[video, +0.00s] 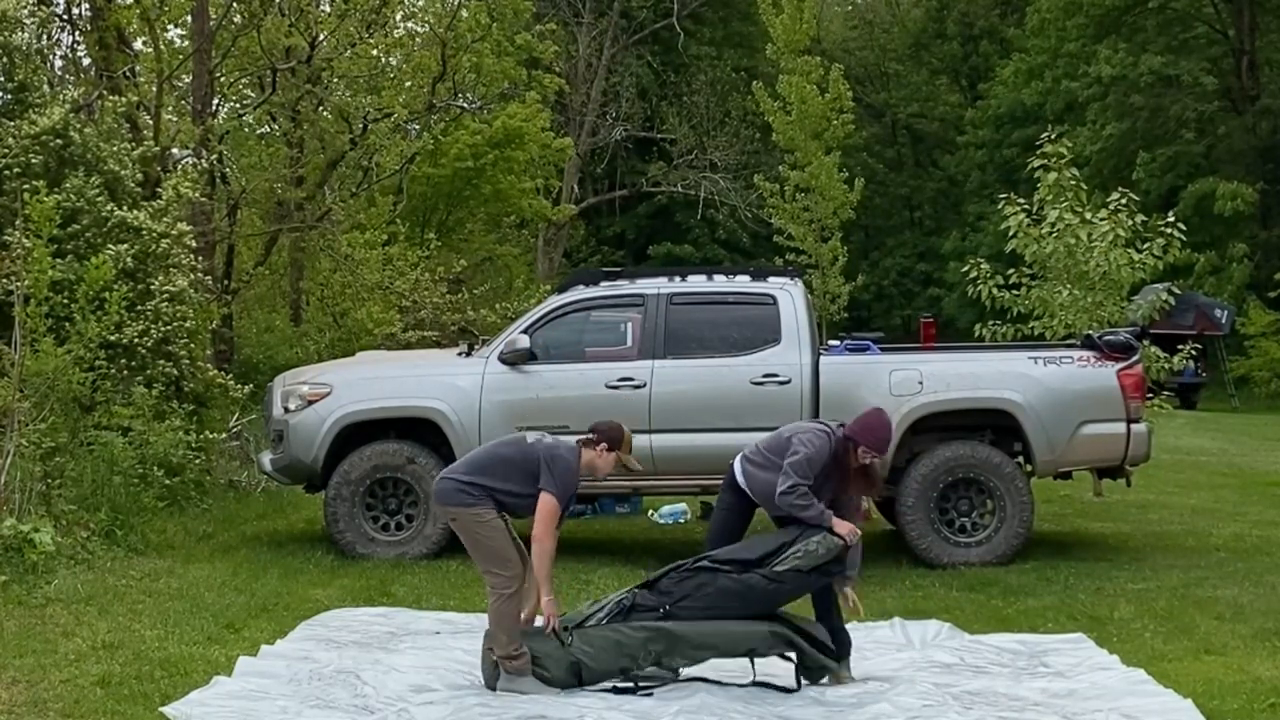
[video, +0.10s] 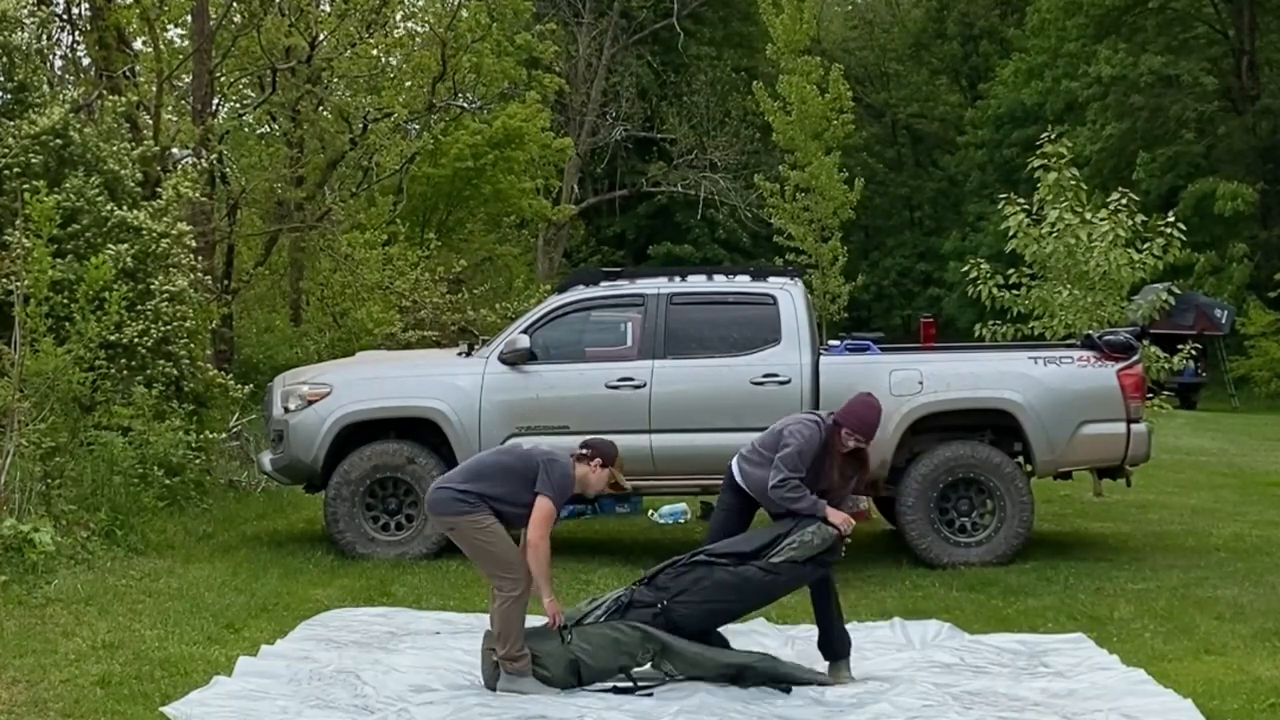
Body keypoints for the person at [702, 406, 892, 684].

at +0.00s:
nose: (867, 460)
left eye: (874, 456)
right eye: (866, 453)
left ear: (878, 454)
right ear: (854, 441)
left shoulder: (855, 465)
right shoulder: (815, 441)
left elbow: (849, 517)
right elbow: (788, 494)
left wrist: (847, 577)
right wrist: (832, 521)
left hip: (789, 495)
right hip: (745, 483)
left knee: (820, 570)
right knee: (714, 567)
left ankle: (837, 664)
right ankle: (671, 656)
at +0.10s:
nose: (850, 443)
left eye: (859, 440)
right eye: (848, 434)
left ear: (867, 440)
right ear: (838, 421)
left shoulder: (854, 459)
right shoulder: (805, 431)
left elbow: (836, 500)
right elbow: (779, 487)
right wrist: (826, 511)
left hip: (791, 499)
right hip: (744, 484)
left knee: (818, 571)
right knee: (714, 566)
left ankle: (838, 659)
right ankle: (689, 649)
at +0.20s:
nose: (836, 409)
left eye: (845, 406)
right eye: (834, 401)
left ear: (858, 408)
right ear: (829, 393)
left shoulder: (858, 435)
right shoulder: (805, 410)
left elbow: (850, 489)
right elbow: (767, 458)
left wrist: (827, 528)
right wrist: (810, 484)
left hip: (813, 503)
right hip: (766, 491)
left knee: (833, 578)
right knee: (730, 568)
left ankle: (839, 665)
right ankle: (681, 647)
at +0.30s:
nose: (819, 386)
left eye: (827, 383)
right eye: (817, 378)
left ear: (845, 387)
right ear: (813, 373)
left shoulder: (855, 425)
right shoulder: (795, 391)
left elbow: (850, 483)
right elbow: (762, 434)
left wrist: (820, 518)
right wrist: (803, 463)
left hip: (821, 500)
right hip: (773, 487)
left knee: (827, 572)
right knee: (732, 557)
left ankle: (836, 662)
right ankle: (719, 645)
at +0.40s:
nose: (800, 367)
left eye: (808, 363)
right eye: (798, 360)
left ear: (826, 367)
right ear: (796, 357)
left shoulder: (842, 403)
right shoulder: (782, 378)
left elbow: (840, 463)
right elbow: (758, 425)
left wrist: (802, 496)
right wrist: (798, 453)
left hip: (821, 489)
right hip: (773, 482)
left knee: (828, 571)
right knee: (747, 564)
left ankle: (837, 661)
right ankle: (731, 649)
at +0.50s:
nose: (797, 360)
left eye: (804, 356)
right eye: (795, 353)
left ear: (823, 358)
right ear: (793, 351)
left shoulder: (844, 396)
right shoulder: (783, 376)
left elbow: (847, 456)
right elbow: (766, 422)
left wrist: (815, 490)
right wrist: (808, 449)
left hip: (829, 484)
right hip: (782, 478)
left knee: (833, 569)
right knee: (755, 563)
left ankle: (837, 661)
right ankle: (732, 651)